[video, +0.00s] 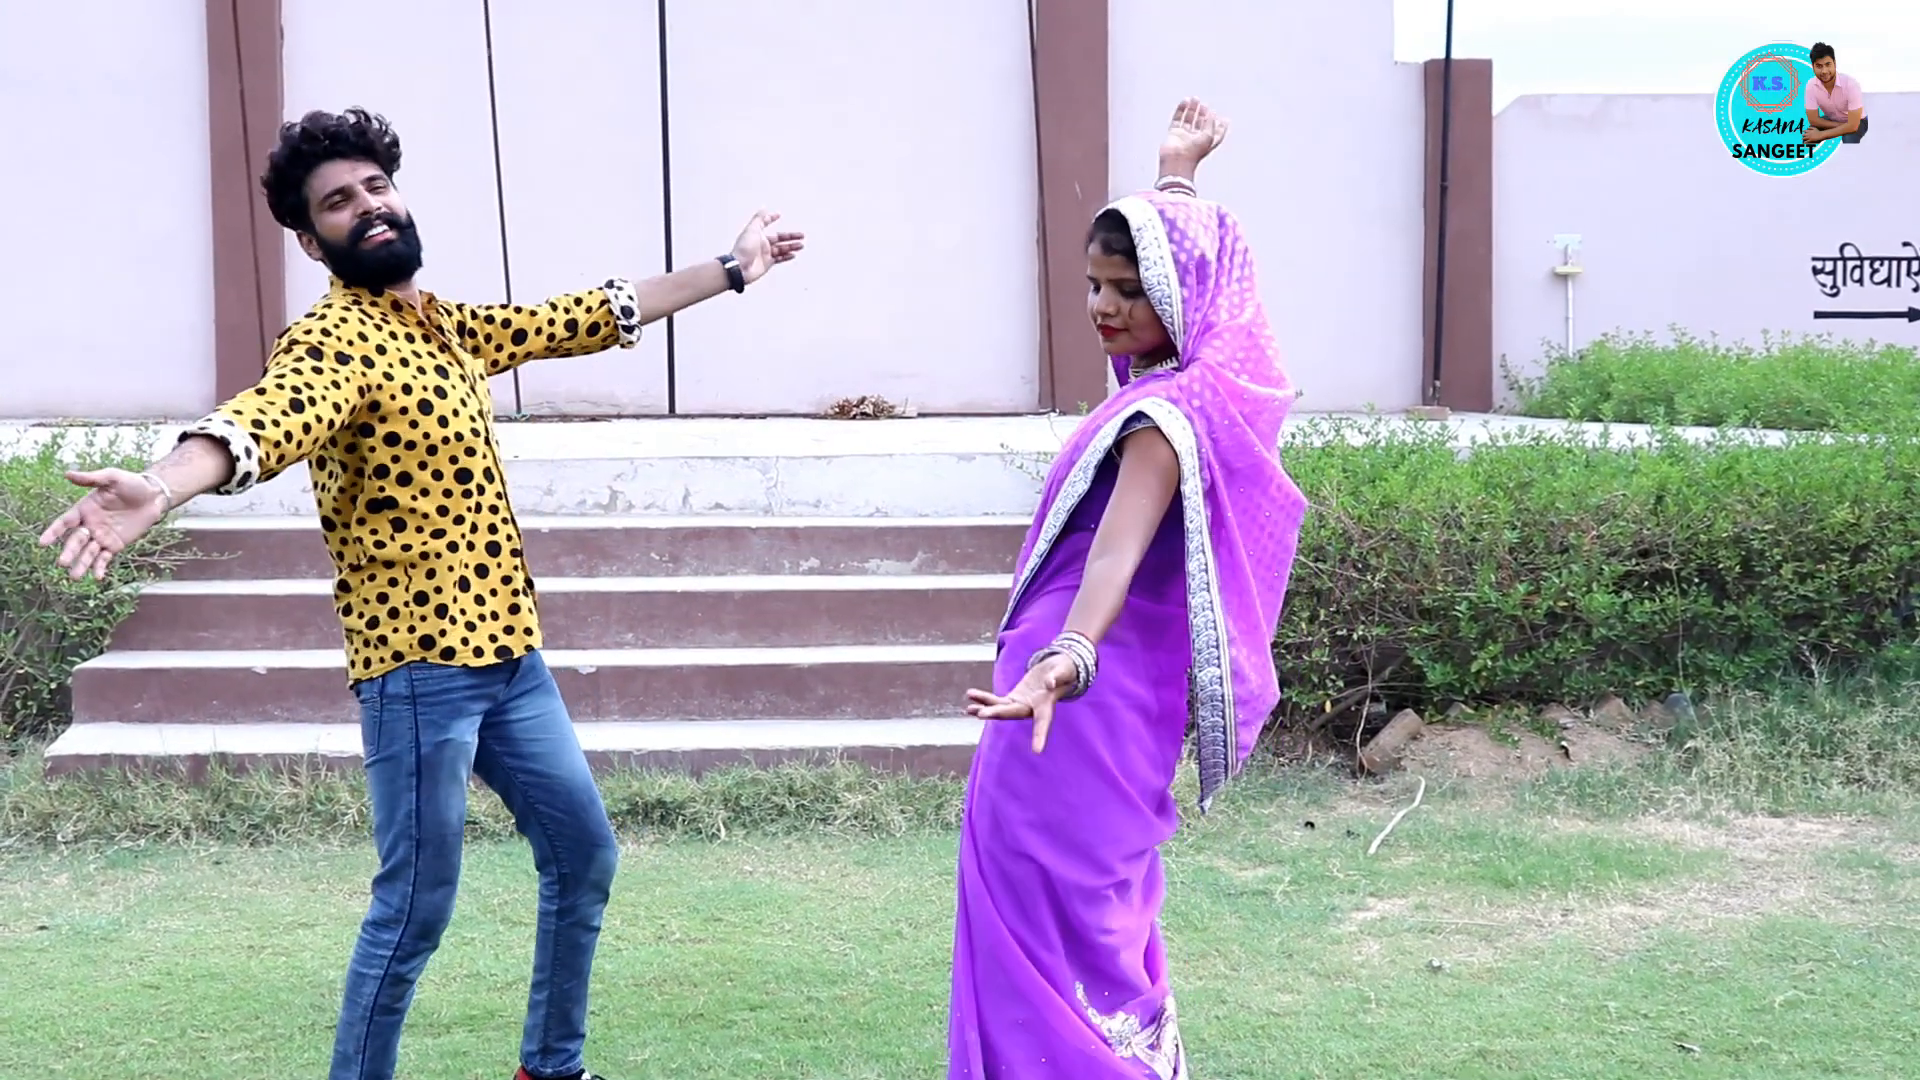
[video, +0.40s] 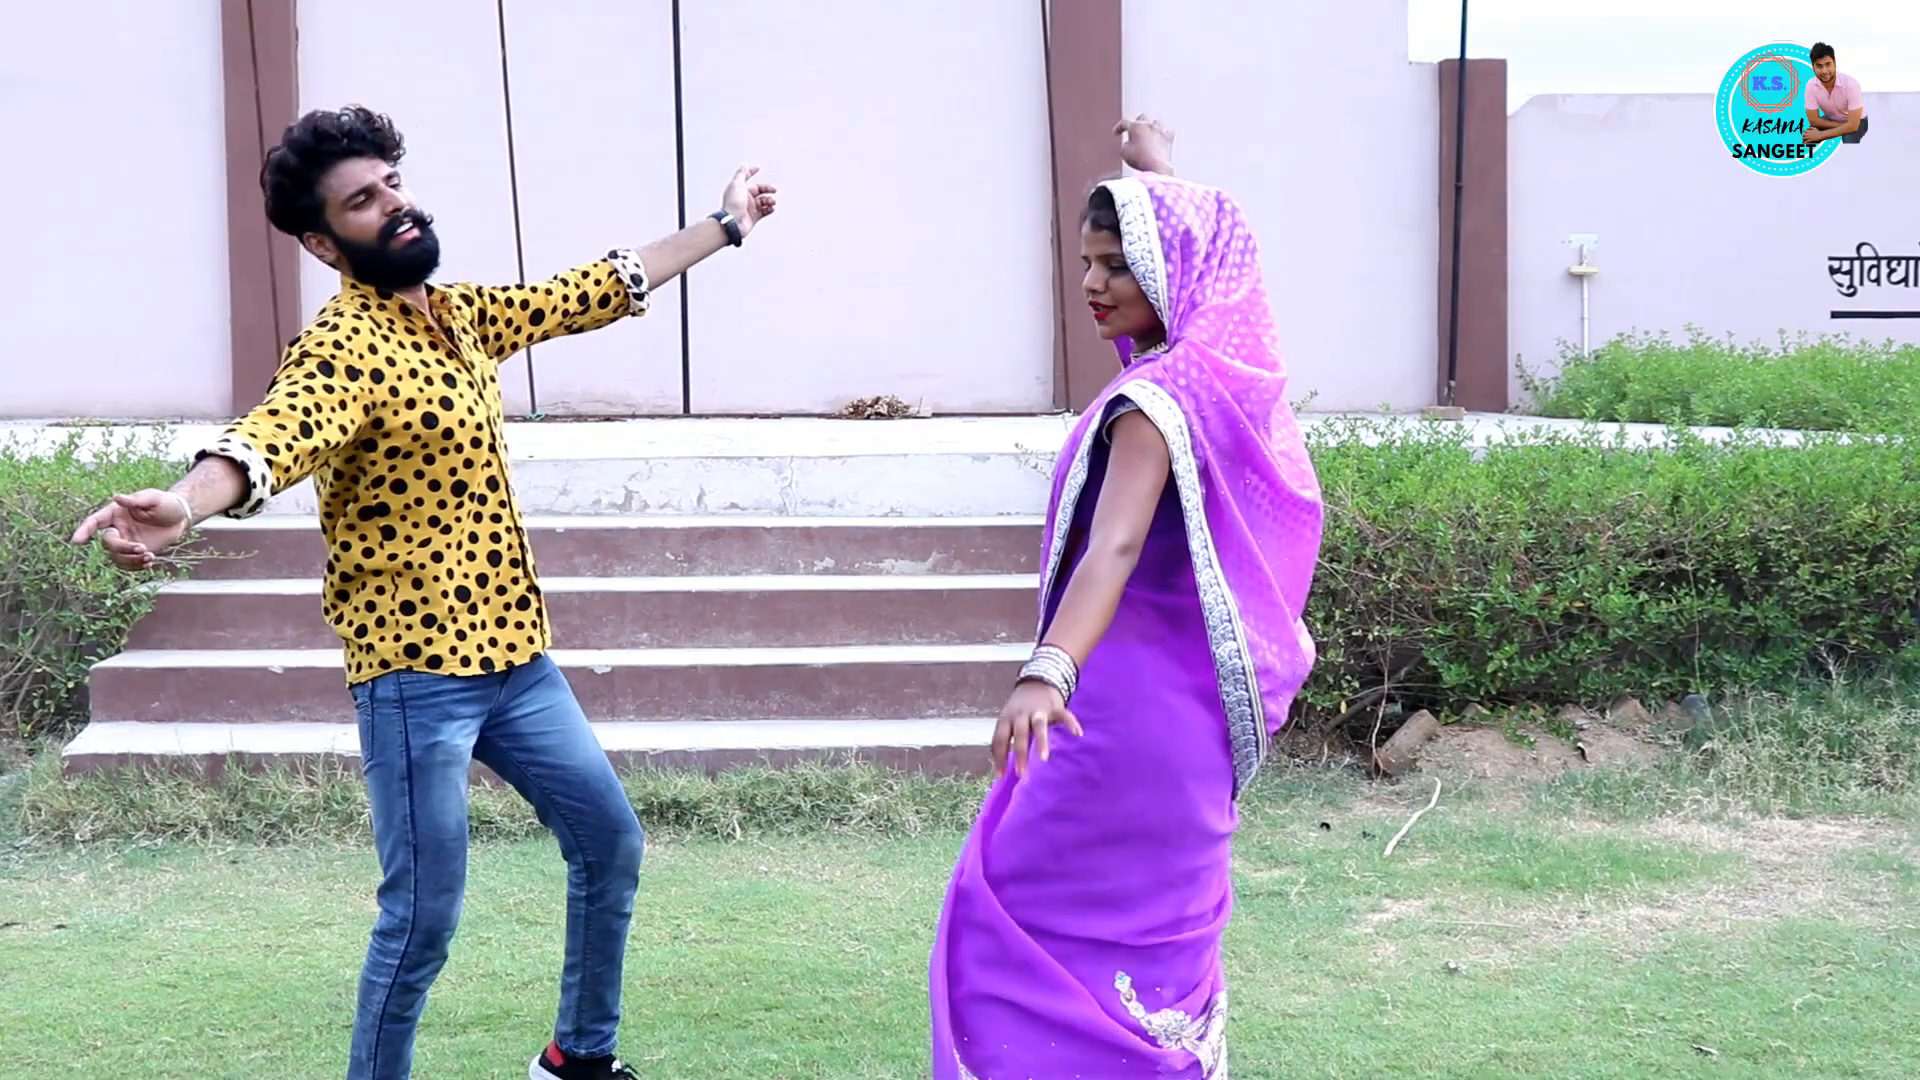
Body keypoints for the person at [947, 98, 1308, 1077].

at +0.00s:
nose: (1104, 308)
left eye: (1127, 291)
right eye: (1097, 286)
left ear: (1186, 300)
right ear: (1089, 281)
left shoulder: (1159, 416)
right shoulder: (1199, 388)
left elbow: (1117, 556)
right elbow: (1183, 287)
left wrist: (1066, 649)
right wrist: (1176, 172)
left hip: (1075, 718)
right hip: (1120, 711)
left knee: (1033, 960)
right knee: (1109, 949)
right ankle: (1133, 1061)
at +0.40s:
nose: (1091, 286)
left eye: (1113, 265)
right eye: (1088, 264)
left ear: (1175, 276)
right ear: (1195, 278)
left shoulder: (1153, 398)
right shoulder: (1236, 379)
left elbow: (1114, 548)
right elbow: (1211, 267)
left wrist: (1048, 669)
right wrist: (1163, 177)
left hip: (1120, 725)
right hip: (1194, 725)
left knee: (983, 921)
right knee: (1176, 962)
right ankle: (1175, 1064)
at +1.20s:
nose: (1205, 243)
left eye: (1229, 225)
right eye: (1208, 227)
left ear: (1294, 252)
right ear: (1252, 261)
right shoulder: (1220, 356)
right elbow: (1160, 321)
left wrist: (1365, 504)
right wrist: (1134, 259)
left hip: (1271, 690)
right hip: (1189, 684)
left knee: (1268, 946)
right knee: (1171, 932)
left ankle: (1296, 1064)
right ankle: (1172, 1066)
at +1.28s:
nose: (1216, 256)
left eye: (1239, 237)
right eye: (1217, 238)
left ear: (1304, 261)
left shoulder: (1336, 399)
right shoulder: (1224, 368)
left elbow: (1373, 578)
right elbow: (1153, 358)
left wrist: (1389, 475)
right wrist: (1132, 299)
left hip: (1259, 710)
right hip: (1177, 697)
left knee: (1266, 952)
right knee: (1166, 937)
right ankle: (1169, 1070)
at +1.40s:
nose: (1222, 260)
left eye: (1246, 241)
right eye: (1224, 243)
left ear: (1311, 265)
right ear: (1234, 261)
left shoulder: (1332, 394)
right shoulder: (1233, 367)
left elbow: (1359, 541)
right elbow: (1161, 343)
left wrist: (1396, 443)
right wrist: (1148, 291)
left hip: (1243, 693)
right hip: (1170, 680)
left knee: (1237, 942)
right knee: (1149, 931)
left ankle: (1278, 1065)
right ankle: (1152, 1070)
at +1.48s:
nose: (1224, 255)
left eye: (1248, 235)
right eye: (1225, 241)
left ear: (1316, 258)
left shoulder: (1321, 384)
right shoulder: (1241, 360)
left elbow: (1343, 499)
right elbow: (1191, 314)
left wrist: (1391, 429)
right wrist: (1166, 256)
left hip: (1236, 696)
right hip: (1173, 684)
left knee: (1218, 939)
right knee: (1140, 927)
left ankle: (1266, 1065)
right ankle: (1144, 1069)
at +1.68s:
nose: (1226, 279)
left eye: (1250, 263)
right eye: (1228, 263)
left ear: (1310, 290)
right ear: (1296, 299)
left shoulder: (1301, 403)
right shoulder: (1278, 386)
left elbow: (1280, 458)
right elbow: (1239, 313)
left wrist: (1284, 484)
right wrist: (1230, 213)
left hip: (1234, 738)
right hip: (1218, 726)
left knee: (1190, 978)